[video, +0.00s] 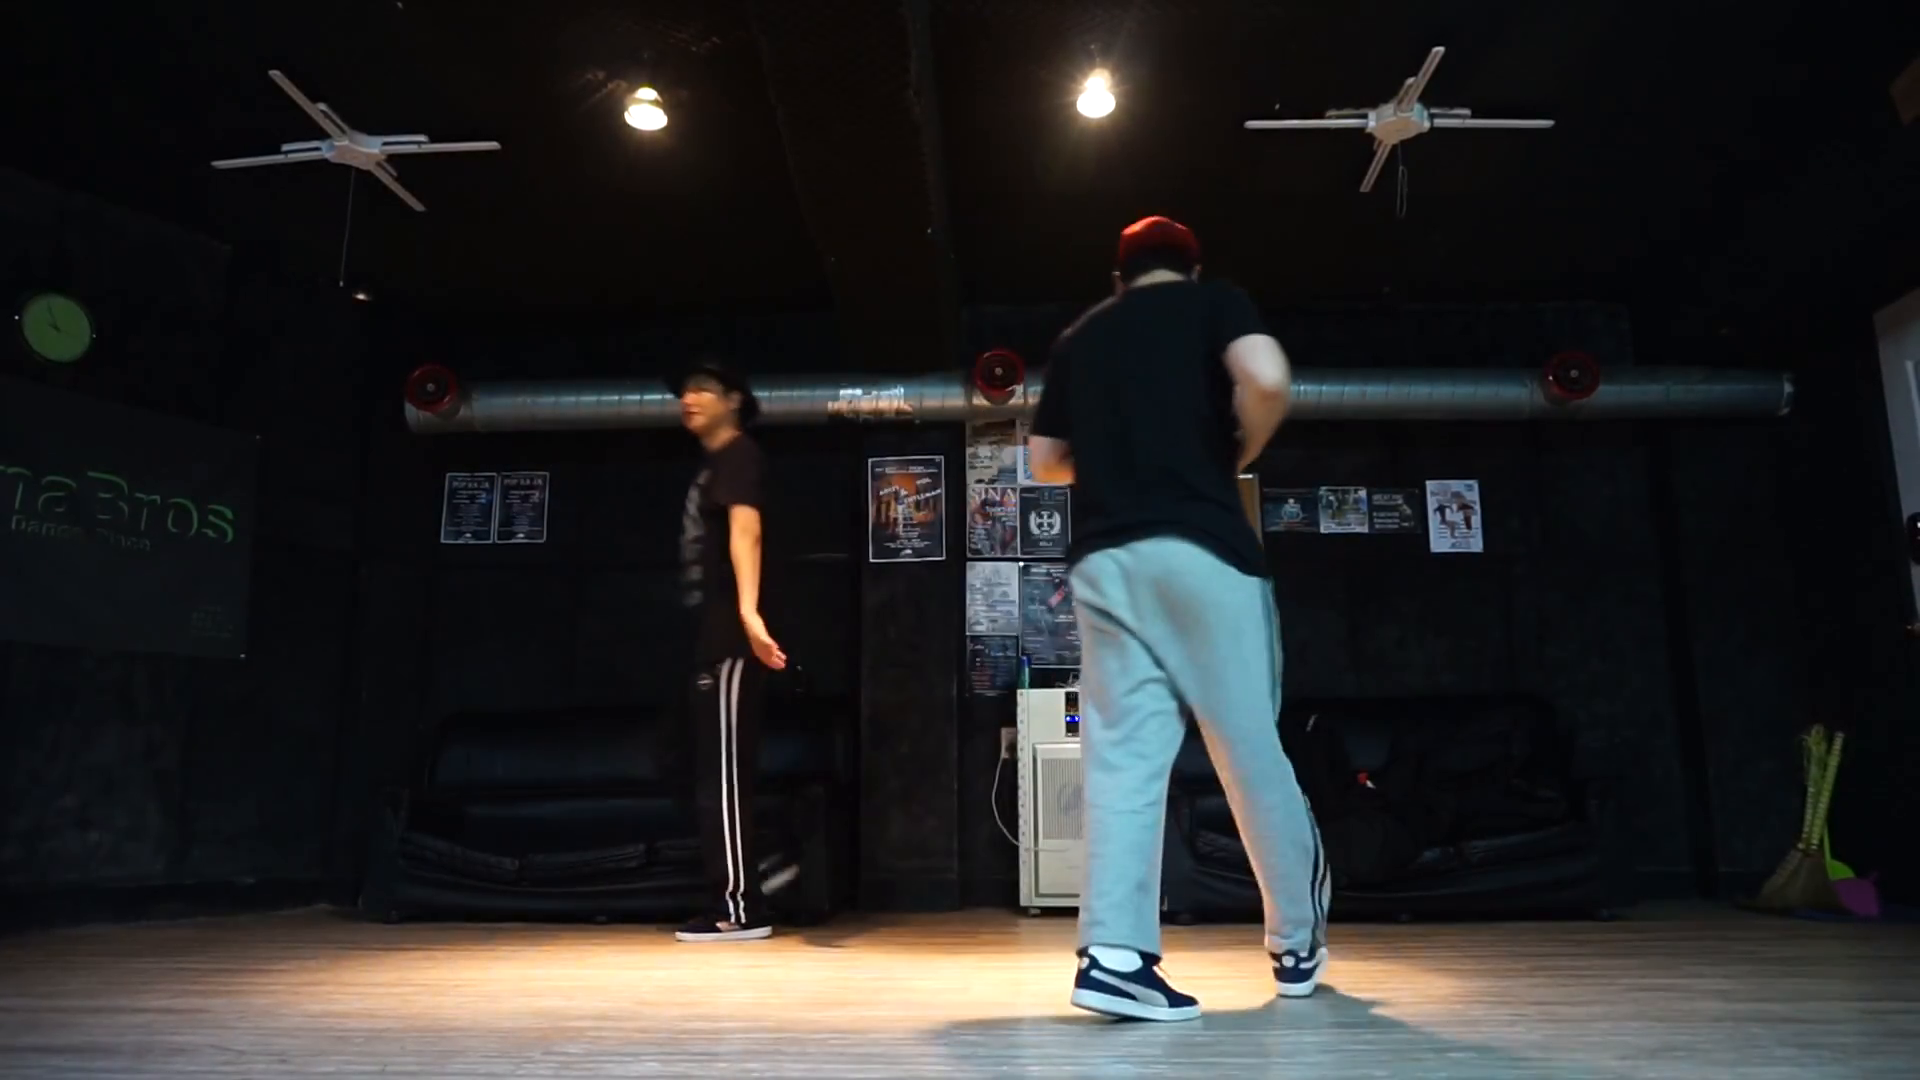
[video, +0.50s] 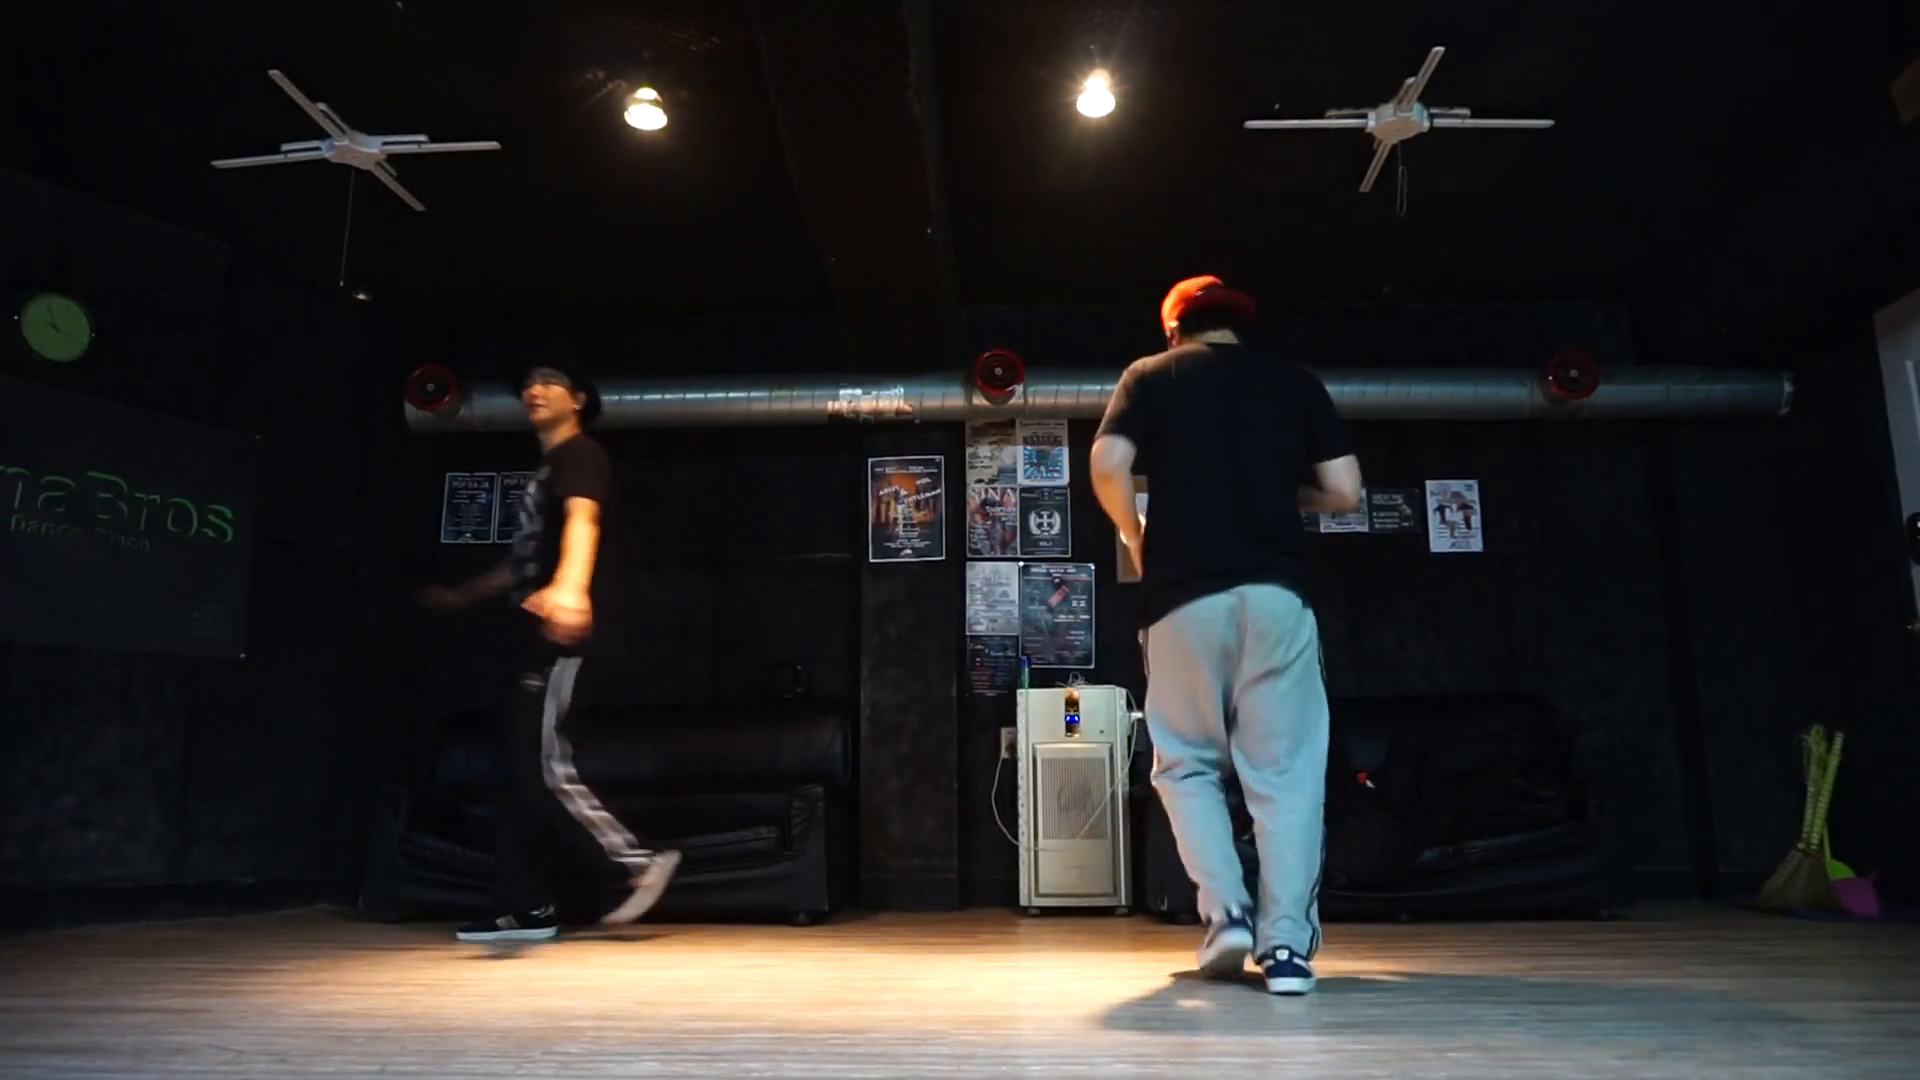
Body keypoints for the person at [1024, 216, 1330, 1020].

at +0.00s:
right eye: (1186, 264)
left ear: (1119, 275)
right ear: (1192, 267)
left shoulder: (1078, 339)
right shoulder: (1215, 300)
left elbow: (1047, 461)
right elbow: (1267, 381)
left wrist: (1120, 461)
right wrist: (1241, 457)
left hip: (1103, 555)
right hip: (1199, 542)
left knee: (1124, 757)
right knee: (1250, 751)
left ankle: (1114, 958)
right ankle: (1296, 944)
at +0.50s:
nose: (1171, 340)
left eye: (1169, 330)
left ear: (1174, 331)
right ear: (1241, 324)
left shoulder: (1148, 377)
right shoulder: (1291, 378)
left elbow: (1107, 461)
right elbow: (1342, 491)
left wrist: (1132, 533)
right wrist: (1274, 490)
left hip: (1185, 596)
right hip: (1276, 592)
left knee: (1187, 764)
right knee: (1285, 775)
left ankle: (1227, 919)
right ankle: (1288, 948)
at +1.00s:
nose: (1090, 395)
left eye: (1094, 381)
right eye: (1088, 382)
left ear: (1126, 374)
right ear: (1148, 374)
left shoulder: (1152, 423)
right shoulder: (1209, 424)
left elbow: (1187, 510)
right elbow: (1255, 526)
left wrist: (1099, 533)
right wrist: (1185, 549)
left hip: (1159, 635)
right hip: (1220, 630)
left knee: (1141, 788)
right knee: (1205, 770)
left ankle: (1216, 936)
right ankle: (1263, 869)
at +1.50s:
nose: (1026, 406)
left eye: (1037, 394)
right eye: (1023, 397)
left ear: (1071, 395)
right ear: (1035, 405)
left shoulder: (1084, 435)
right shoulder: (1101, 441)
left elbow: (1111, 494)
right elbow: (1166, 528)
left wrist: (1025, 534)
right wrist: (1099, 564)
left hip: (1105, 645)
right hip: (1091, 643)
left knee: (1085, 787)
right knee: (1061, 782)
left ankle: (1200, 892)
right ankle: (1090, 923)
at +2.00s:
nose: (970, 385)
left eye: (983, 376)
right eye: (964, 377)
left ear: (1012, 390)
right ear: (957, 393)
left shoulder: (1035, 444)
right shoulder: (973, 465)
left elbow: (1097, 509)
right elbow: (952, 552)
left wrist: (1049, 578)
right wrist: (883, 541)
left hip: (1019, 634)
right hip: (993, 636)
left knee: (966, 766)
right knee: (1025, 774)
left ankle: (950, 917)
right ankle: (1089, 912)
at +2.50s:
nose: (911, 365)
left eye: (925, 357)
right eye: (904, 356)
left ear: (952, 375)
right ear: (893, 371)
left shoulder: (977, 446)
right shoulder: (869, 444)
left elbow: (1013, 521)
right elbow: (848, 523)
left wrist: (997, 557)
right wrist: (852, 570)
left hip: (942, 635)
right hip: (866, 635)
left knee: (943, 780)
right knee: (840, 767)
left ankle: (955, 920)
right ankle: (839, 917)